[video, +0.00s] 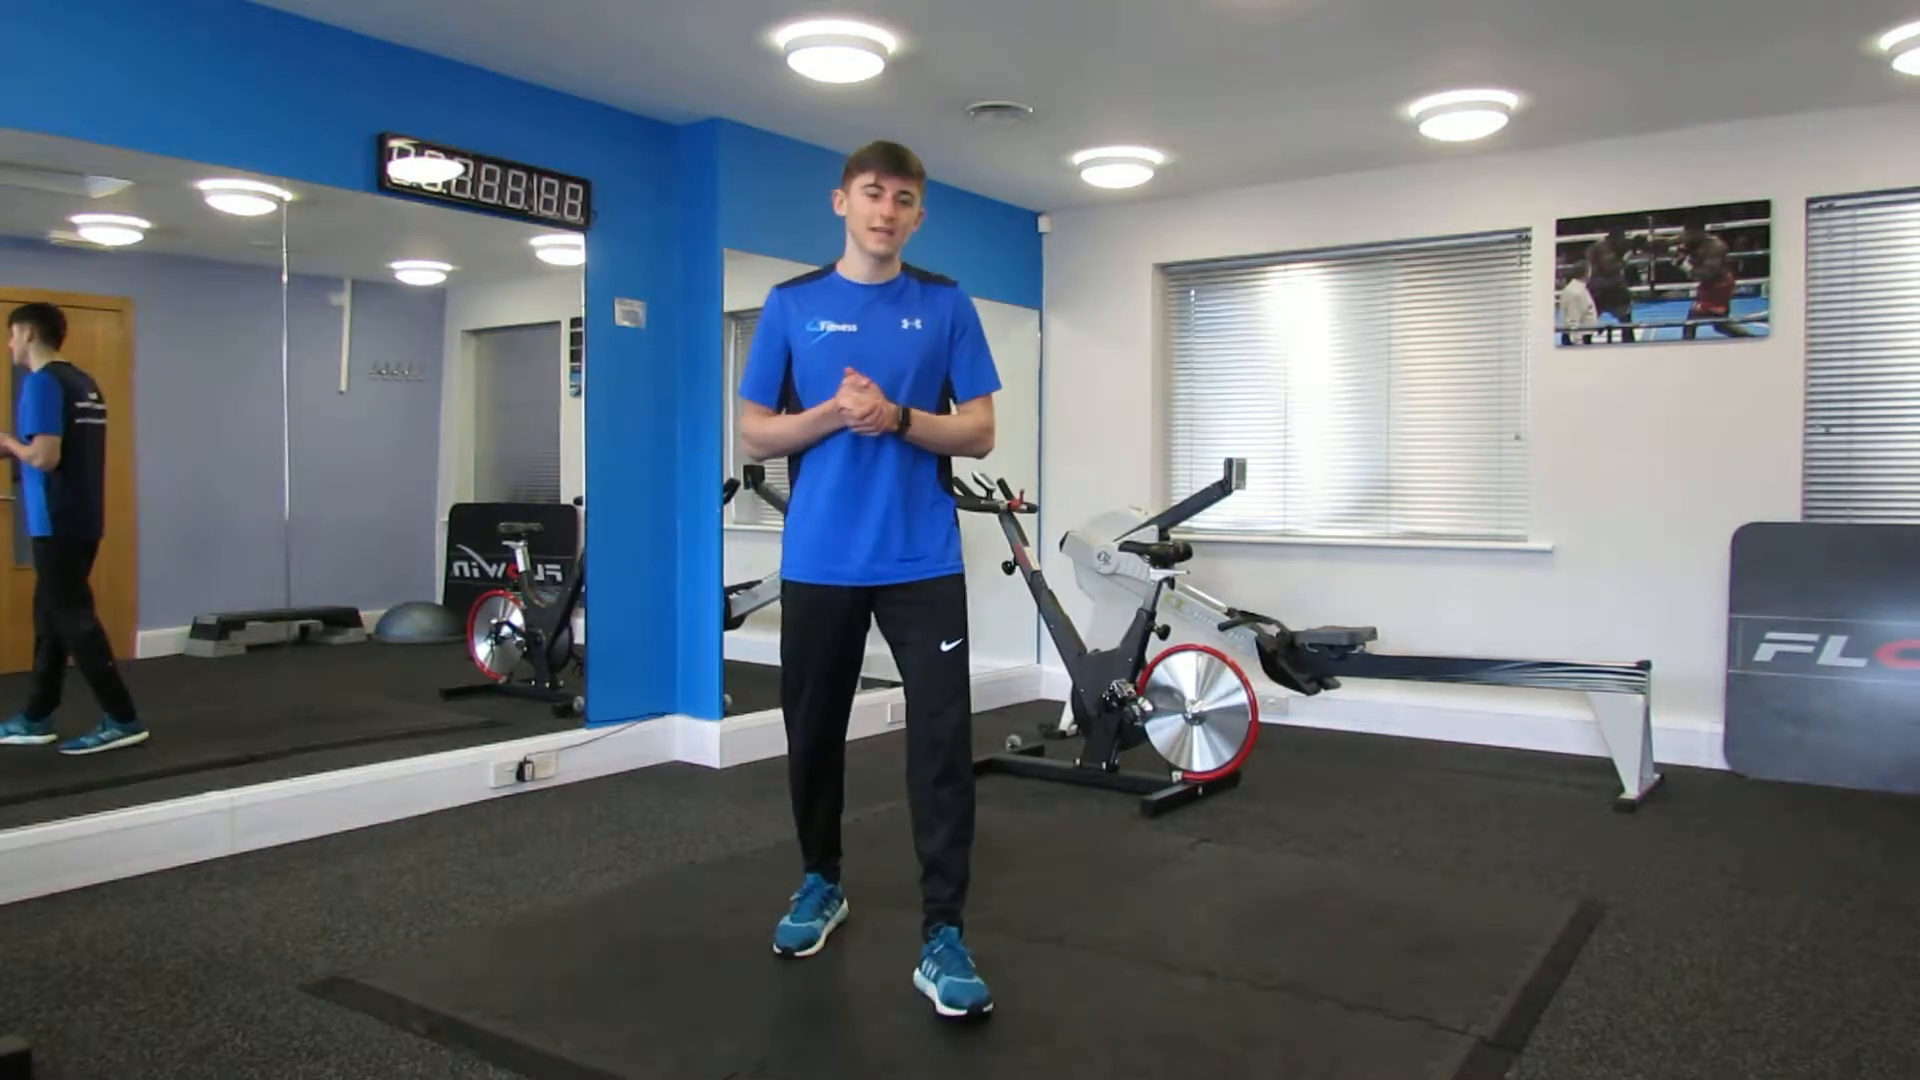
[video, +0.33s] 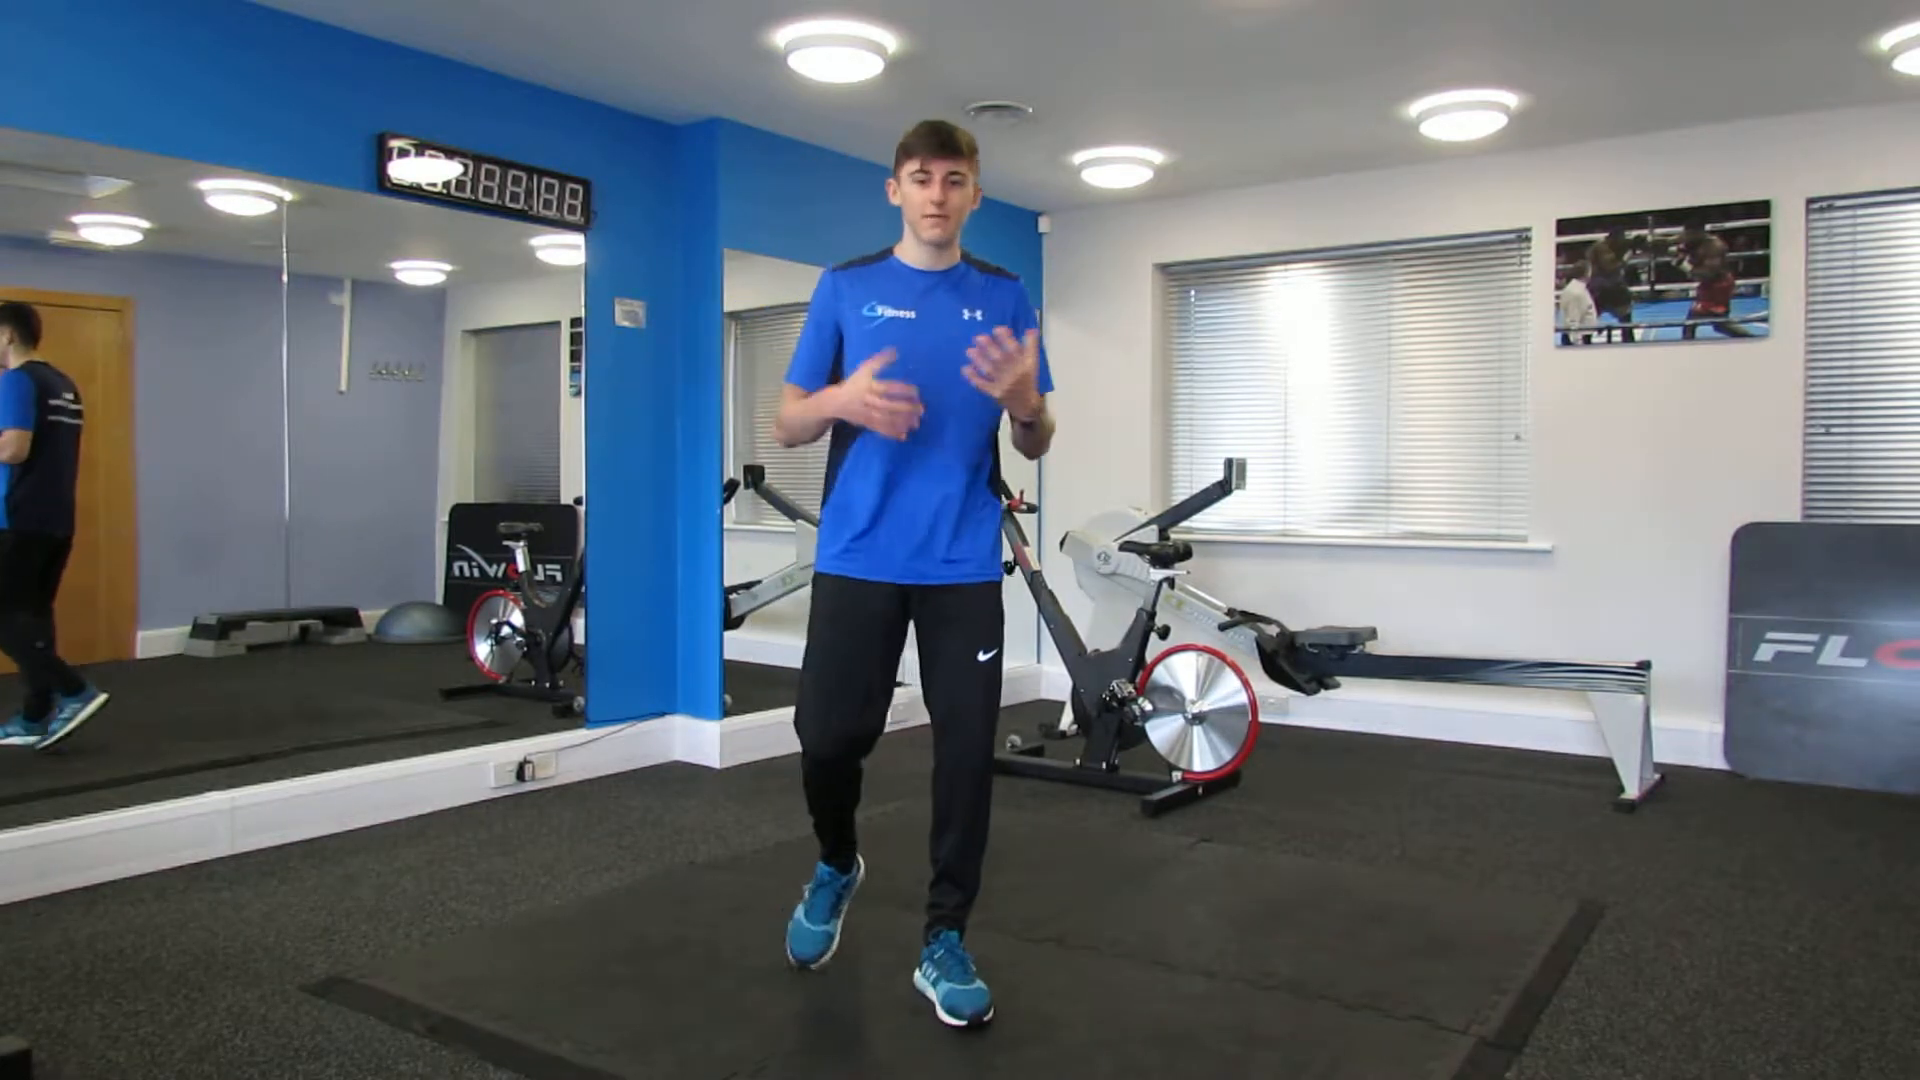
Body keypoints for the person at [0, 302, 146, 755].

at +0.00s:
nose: (9, 345)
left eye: (12, 336)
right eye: (10, 336)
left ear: (27, 335)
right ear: (54, 336)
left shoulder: (43, 381)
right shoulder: (85, 383)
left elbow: (46, 456)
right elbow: (81, 457)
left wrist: (11, 445)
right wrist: (24, 451)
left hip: (57, 529)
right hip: (82, 527)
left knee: (74, 620)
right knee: (51, 619)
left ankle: (124, 719)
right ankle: (36, 718)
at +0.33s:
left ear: (9, 337)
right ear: (32, 337)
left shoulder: (19, 379)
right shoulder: (63, 383)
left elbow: (15, 446)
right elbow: (61, 455)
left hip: (23, 522)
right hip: (57, 522)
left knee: (11, 616)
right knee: (35, 615)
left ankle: (74, 692)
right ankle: (35, 715)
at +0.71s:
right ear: (7, 335)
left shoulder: (7, 382)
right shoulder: (29, 384)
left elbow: (1, 448)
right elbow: (46, 457)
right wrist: (29, 499)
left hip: (10, 520)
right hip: (28, 519)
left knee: (20, 612)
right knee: (23, 611)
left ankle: (35, 716)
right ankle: (35, 715)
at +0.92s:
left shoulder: (10, 396)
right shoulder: (11, 396)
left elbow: (15, 463)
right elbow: (17, 462)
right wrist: (15, 527)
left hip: (3, 531)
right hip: (6, 529)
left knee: (6, 617)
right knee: (6, 616)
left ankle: (32, 714)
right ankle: (31, 714)